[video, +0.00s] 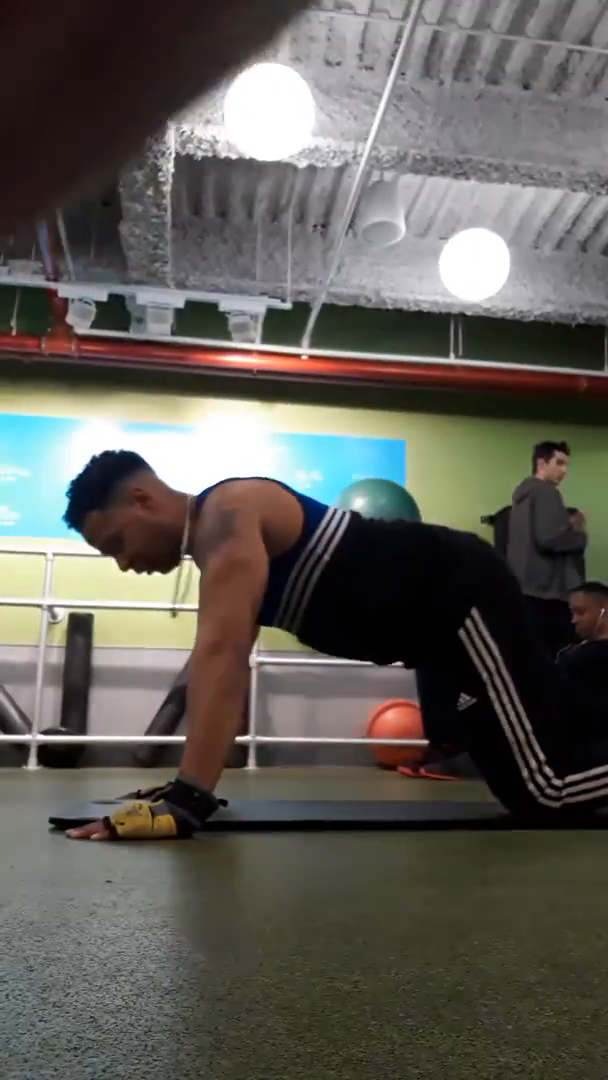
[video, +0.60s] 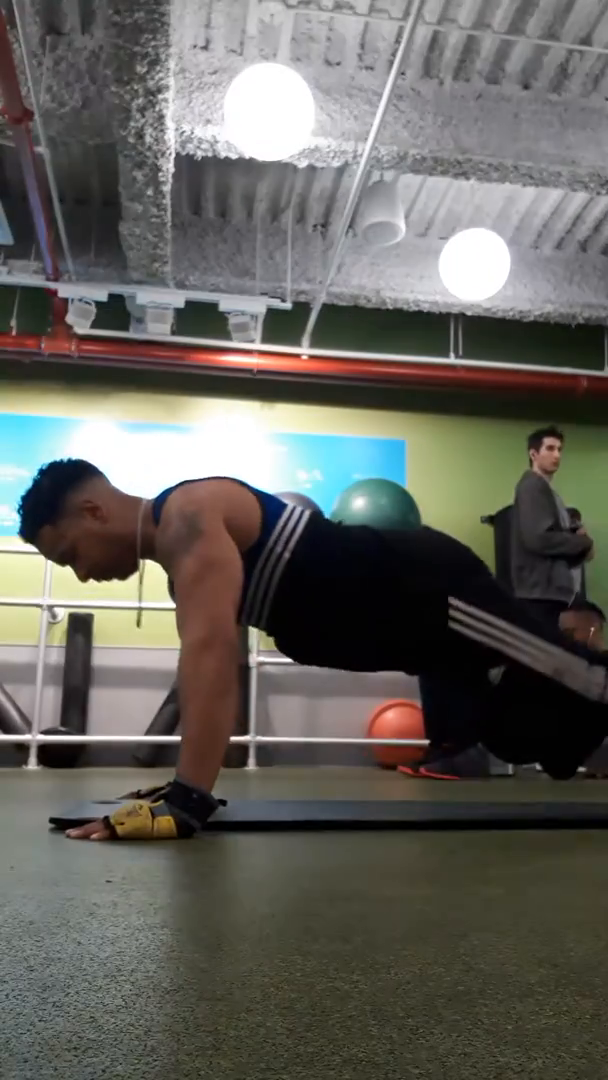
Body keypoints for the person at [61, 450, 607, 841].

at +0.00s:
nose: (124, 563)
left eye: (115, 544)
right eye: (110, 554)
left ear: (146, 499)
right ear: (149, 501)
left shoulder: (229, 513)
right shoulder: (221, 526)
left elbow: (223, 656)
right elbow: (223, 660)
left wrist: (189, 796)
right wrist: (191, 790)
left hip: (459, 596)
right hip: (436, 616)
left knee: (542, 789)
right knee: (464, 753)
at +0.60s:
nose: (78, 574)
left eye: (67, 555)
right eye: (64, 564)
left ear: (95, 510)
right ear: (99, 511)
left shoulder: (189, 515)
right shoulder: (184, 531)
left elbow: (213, 654)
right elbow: (211, 660)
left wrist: (189, 797)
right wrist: (184, 793)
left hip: (428, 594)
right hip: (418, 610)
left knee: (591, 703)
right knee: (553, 742)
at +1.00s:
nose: (63, 594)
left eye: (53, 575)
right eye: (48, 583)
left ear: (78, 534)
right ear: (83, 532)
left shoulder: (174, 543)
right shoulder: (165, 565)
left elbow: (217, 652)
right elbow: (219, 673)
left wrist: (187, 798)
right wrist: (186, 798)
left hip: (421, 642)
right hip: (410, 658)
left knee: (590, 697)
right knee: (568, 712)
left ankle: (591, 622)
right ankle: (588, 626)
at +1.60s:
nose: (22, 764)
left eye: (11, 746)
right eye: (9, 757)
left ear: (40, 699)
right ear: (43, 699)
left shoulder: (119, 688)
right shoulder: (123, 720)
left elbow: (219, 659)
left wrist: (192, 797)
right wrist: (151, 812)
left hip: (387, 733)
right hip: (371, 747)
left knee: (581, 732)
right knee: (545, 721)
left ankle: (592, 642)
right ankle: (584, 641)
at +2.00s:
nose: (55, 598)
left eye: (47, 578)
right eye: (42, 586)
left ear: (74, 541)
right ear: (80, 537)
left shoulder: (165, 557)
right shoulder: (158, 570)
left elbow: (214, 664)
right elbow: (215, 678)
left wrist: (185, 799)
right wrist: (192, 796)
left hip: (416, 636)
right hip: (404, 655)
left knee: (589, 696)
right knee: (555, 733)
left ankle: (586, 634)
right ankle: (580, 642)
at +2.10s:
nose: (70, 547)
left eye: (64, 527)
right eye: (59, 536)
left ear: (95, 489)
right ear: (96, 495)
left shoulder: (177, 517)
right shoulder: (170, 533)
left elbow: (203, 652)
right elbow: (204, 659)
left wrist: (185, 797)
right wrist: (184, 790)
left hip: (424, 603)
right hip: (417, 629)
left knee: (594, 675)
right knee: (559, 737)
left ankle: (585, 621)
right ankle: (577, 628)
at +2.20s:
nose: (82, 528)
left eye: (73, 509)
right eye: (70, 518)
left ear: (105, 465)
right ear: (107, 468)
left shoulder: (181, 498)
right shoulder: (176, 512)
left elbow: (190, 641)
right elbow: (193, 649)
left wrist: (183, 792)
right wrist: (174, 770)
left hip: (423, 593)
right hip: (413, 617)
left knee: (595, 662)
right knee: (558, 726)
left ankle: (587, 608)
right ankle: (579, 616)